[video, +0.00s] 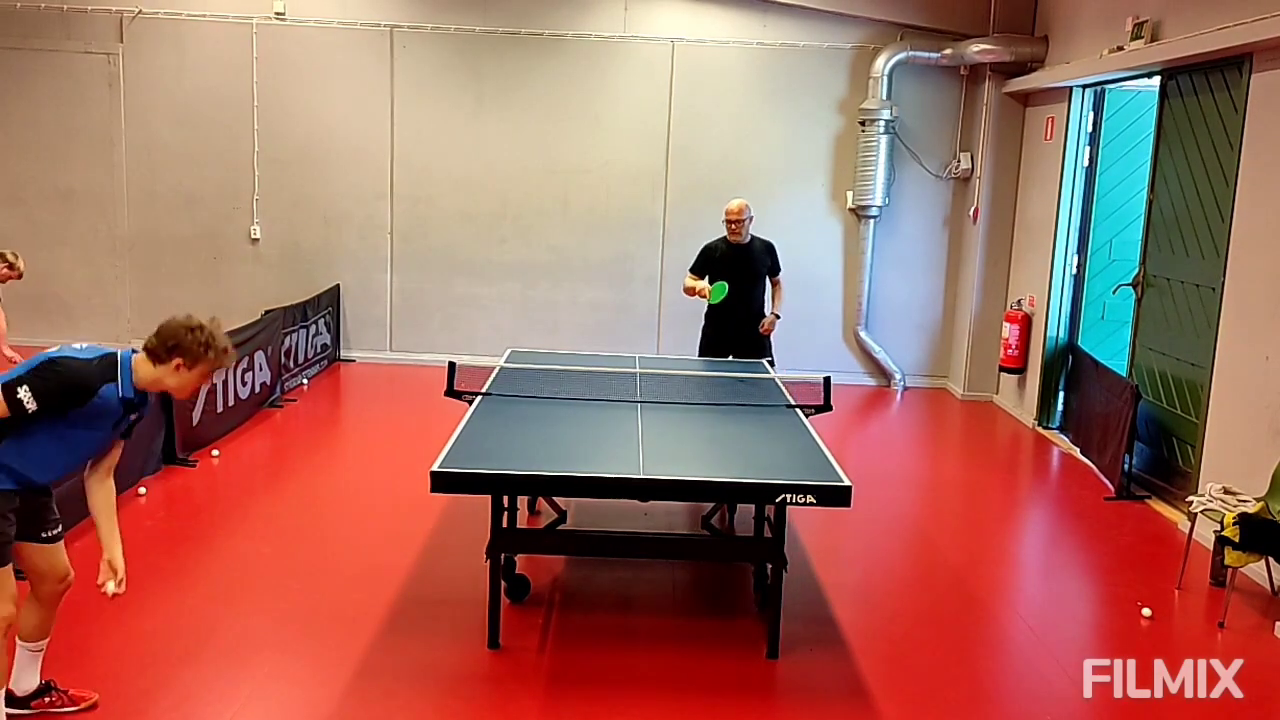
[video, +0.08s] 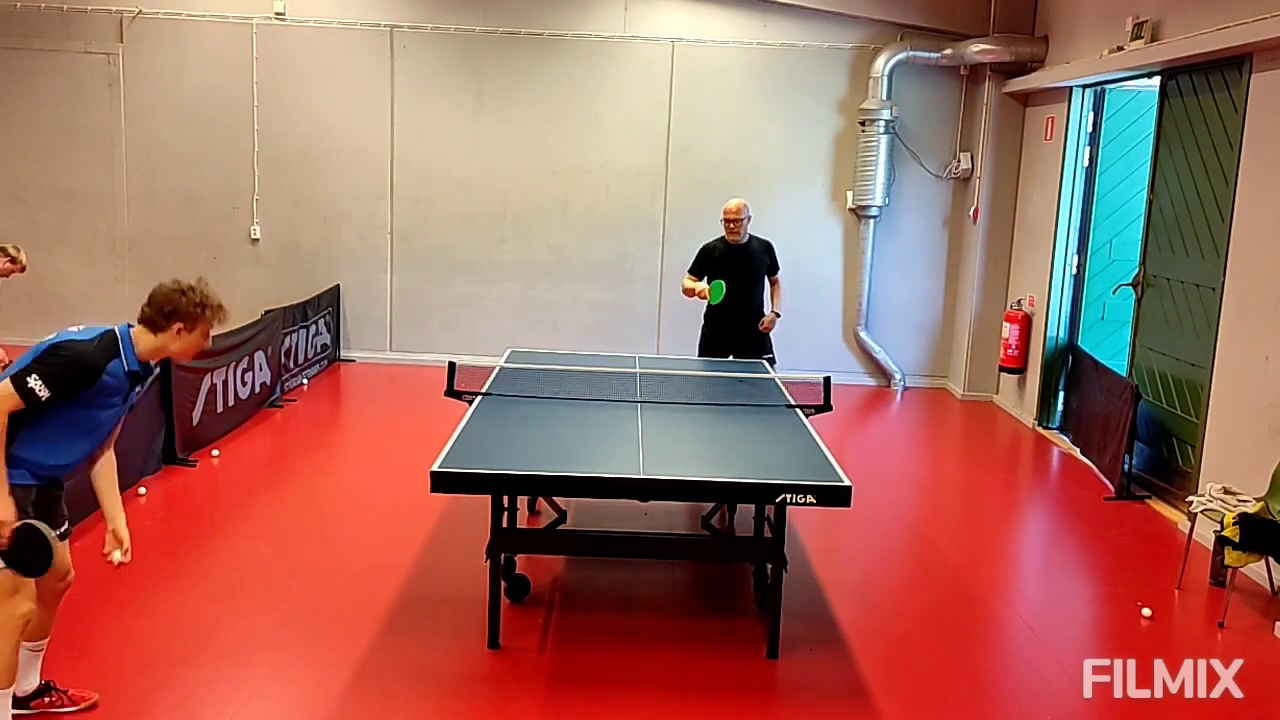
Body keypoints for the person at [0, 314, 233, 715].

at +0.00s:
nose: (205, 385)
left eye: (209, 376)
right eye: (205, 374)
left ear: (176, 362)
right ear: (179, 364)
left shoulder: (135, 398)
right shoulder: (78, 373)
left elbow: (100, 474)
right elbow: (1, 405)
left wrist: (111, 549)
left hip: (32, 483)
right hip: (2, 482)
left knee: (53, 580)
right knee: (4, 614)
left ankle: (24, 689)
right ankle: (8, 699)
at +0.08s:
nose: (207, 345)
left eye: (209, 336)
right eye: (205, 334)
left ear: (174, 329)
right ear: (178, 329)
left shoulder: (140, 367)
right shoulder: (86, 356)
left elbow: (101, 446)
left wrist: (115, 520)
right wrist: (3, 497)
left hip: (45, 482)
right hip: (9, 484)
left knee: (56, 579)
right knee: (17, 609)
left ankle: (26, 690)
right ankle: (3, 709)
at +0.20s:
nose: (194, 291)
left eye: (195, 282)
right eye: (192, 282)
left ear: (159, 281)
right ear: (168, 283)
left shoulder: (126, 329)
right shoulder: (94, 332)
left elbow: (104, 411)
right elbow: (27, 407)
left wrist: (133, 479)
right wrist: (78, 473)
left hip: (48, 469)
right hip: (23, 473)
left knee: (50, 584)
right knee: (70, 596)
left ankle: (26, 688)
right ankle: (21, 709)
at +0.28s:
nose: (191, 277)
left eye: (192, 268)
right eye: (189, 267)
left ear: (153, 266)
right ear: (165, 268)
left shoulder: (122, 319)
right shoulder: (98, 323)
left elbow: (108, 405)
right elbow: (43, 404)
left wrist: (145, 462)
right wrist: (108, 457)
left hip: (62, 469)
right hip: (43, 474)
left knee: (51, 583)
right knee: (90, 591)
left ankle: (22, 689)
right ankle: (58, 711)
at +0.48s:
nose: (194, 260)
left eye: (194, 251)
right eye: (192, 251)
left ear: (151, 254)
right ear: (169, 255)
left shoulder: (137, 312)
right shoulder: (115, 321)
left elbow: (136, 389)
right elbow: (76, 408)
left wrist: (181, 429)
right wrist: (159, 429)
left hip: (104, 470)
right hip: (92, 477)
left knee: (92, 574)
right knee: (148, 582)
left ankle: (29, 683)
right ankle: (142, 704)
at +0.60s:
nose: (205, 253)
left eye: (204, 244)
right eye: (201, 244)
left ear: (168, 247)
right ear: (176, 248)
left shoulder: (157, 300)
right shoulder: (121, 318)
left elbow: (168, 374)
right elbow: (97, 412)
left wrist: (234, 414)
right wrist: (174, 449)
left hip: (147, 461)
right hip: (117, 472)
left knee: (167, 558)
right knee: (155, 585)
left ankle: (71, 647)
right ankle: (142, 706)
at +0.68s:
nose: (215, 248)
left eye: (213, 239)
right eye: (209, 239)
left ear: (177, 244)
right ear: (183, 244)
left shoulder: (172, 300)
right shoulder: (126, 317)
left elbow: (192, 367)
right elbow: (95, 409)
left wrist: (263, 398)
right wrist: (155, 466)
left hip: (156, 462)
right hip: (121, 472)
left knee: (186, 546)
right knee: (155, 582)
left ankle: (101, 638)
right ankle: (142, 705)